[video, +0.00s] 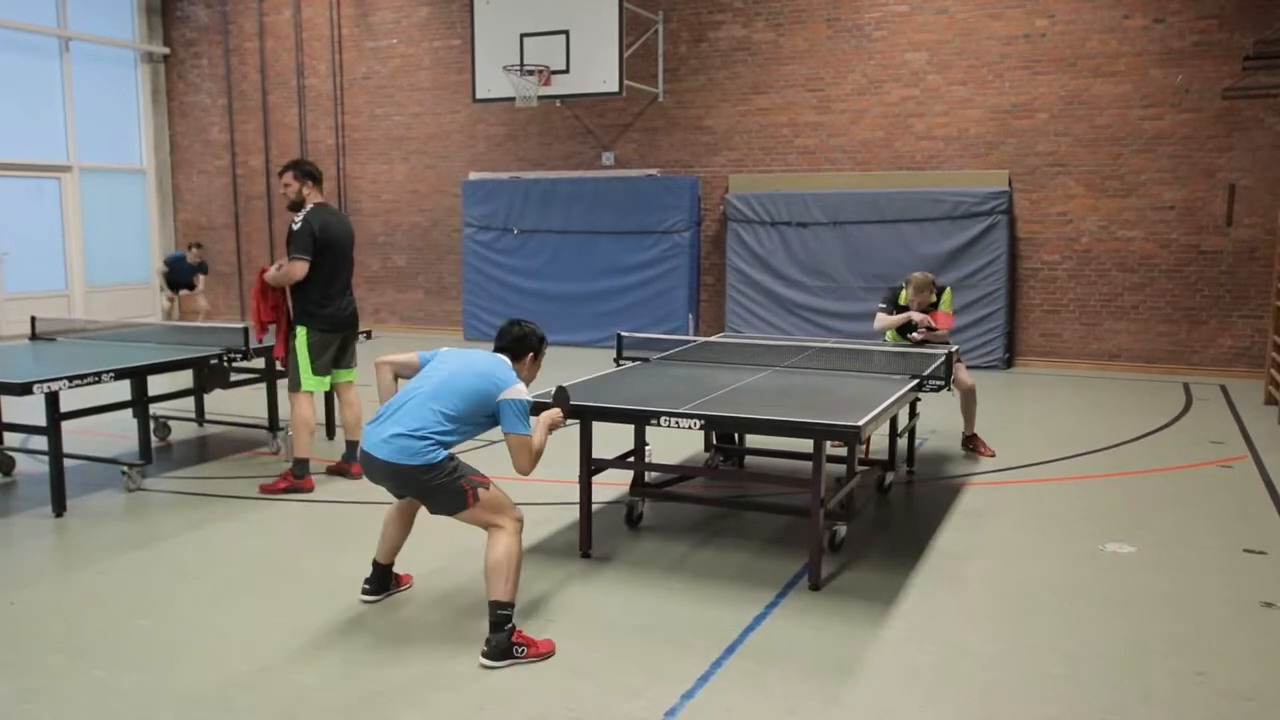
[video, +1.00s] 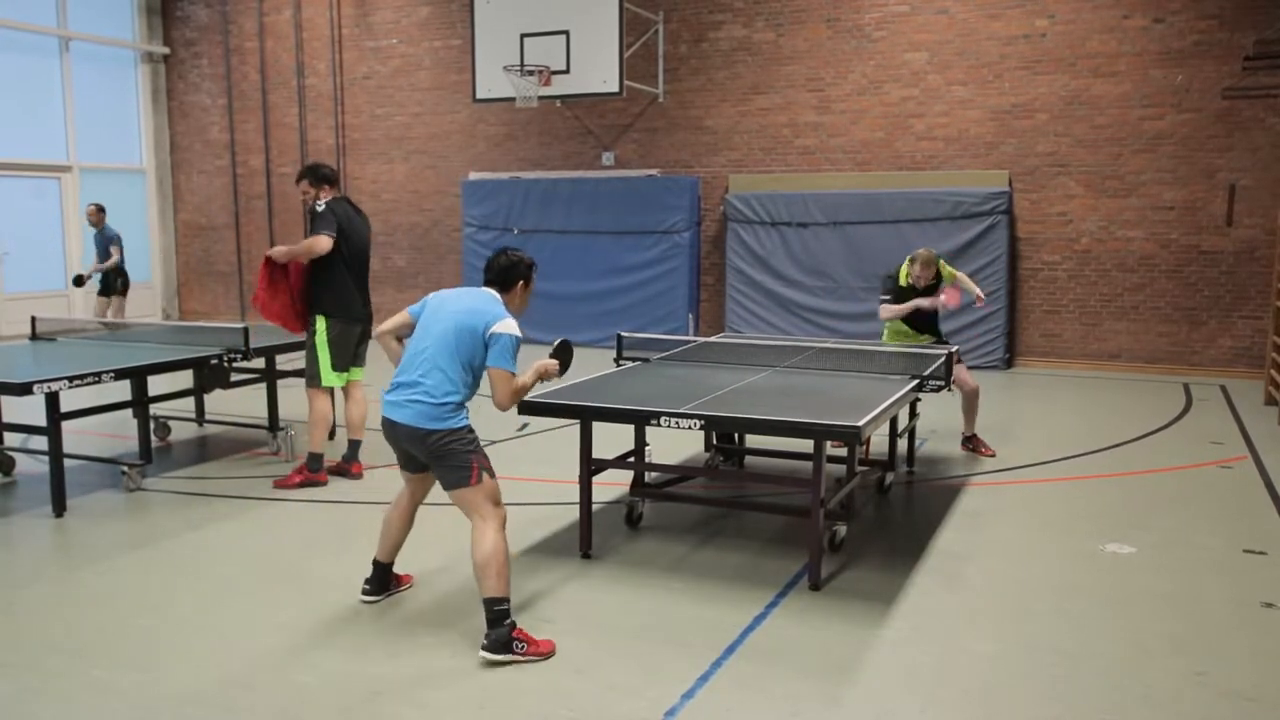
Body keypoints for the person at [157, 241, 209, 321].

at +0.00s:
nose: (197, 260)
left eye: (199, 257)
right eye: (195, 256)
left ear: (202, 256)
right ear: (188, 253)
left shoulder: (201, 266)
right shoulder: (175, 259)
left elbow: (201, 287)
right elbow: (159, 272)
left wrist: (188, 292)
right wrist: (167, 291)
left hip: (188, 285)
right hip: (171, 285)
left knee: (204, 307)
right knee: (167, 307)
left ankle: (198, 330)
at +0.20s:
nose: (172, 235)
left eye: (174, 232)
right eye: (169, 232)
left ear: (180, 232)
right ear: (166, 233)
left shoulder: (188, 248)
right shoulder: (161, 246)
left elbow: (189, 271)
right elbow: (156, 261)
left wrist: (168, 272)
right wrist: (160, 276)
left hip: (186, 277)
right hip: (170, 277)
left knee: (198, 308)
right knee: (161, 307)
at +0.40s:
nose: (146, 224)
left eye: (149, 221)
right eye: (144, 221)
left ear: (156, 222)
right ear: (143, 223)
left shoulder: (168, 240)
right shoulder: (144, 239)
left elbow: (180, 259)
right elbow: (145, 256)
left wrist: (168, 275)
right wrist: (144, 274)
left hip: (174, 276)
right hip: (158, 276)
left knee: (177, 309)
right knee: (158, 310)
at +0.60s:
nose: (130, 220)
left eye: (133, 217)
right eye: (128, 217)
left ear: (141, 218)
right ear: (127, 219)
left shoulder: (154, 236)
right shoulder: (129, 236)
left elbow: (167, 255)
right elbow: (131, 252)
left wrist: (166, 270)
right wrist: (128, 266)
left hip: (158, 271)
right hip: (143, 273)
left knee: (155, 308)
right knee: (153, 310)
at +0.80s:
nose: (112, 223)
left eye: (115, 220)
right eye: (111, 220)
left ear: (124, 222)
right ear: (110, 222)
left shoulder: (136, 241)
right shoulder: (114, 241)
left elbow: (151, 260)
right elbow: (114, 257)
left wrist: (147, 276)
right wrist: (108, 268)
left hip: (139, 278)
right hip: (125, 279)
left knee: (132, 314)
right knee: (140, 316)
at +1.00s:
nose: (88, 219)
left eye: (91, 215)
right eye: (87, 215)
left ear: (102, 216)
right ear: (87, 216)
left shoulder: (112, 235)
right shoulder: (97, 236)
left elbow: (116, 258)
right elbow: (99, 260)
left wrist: (103, 266)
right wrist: (88, 275)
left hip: (118, 274)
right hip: (106, 275)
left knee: (117, 316)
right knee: (99, 315)